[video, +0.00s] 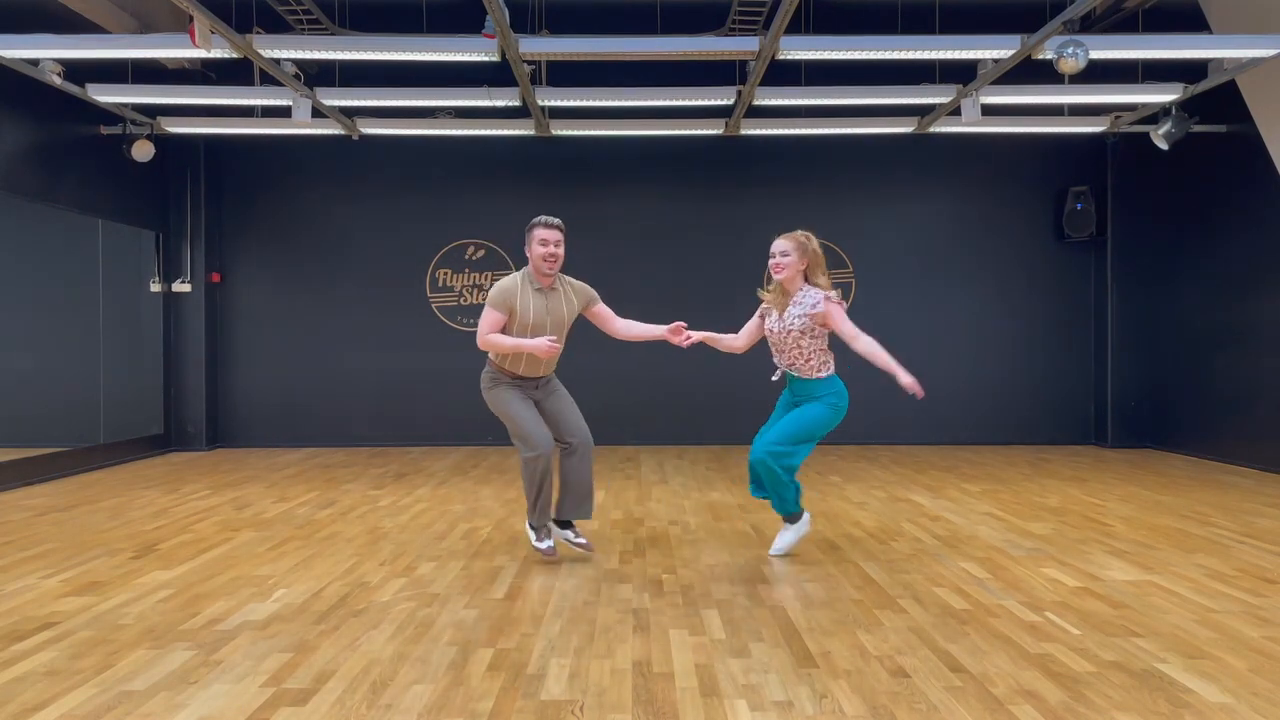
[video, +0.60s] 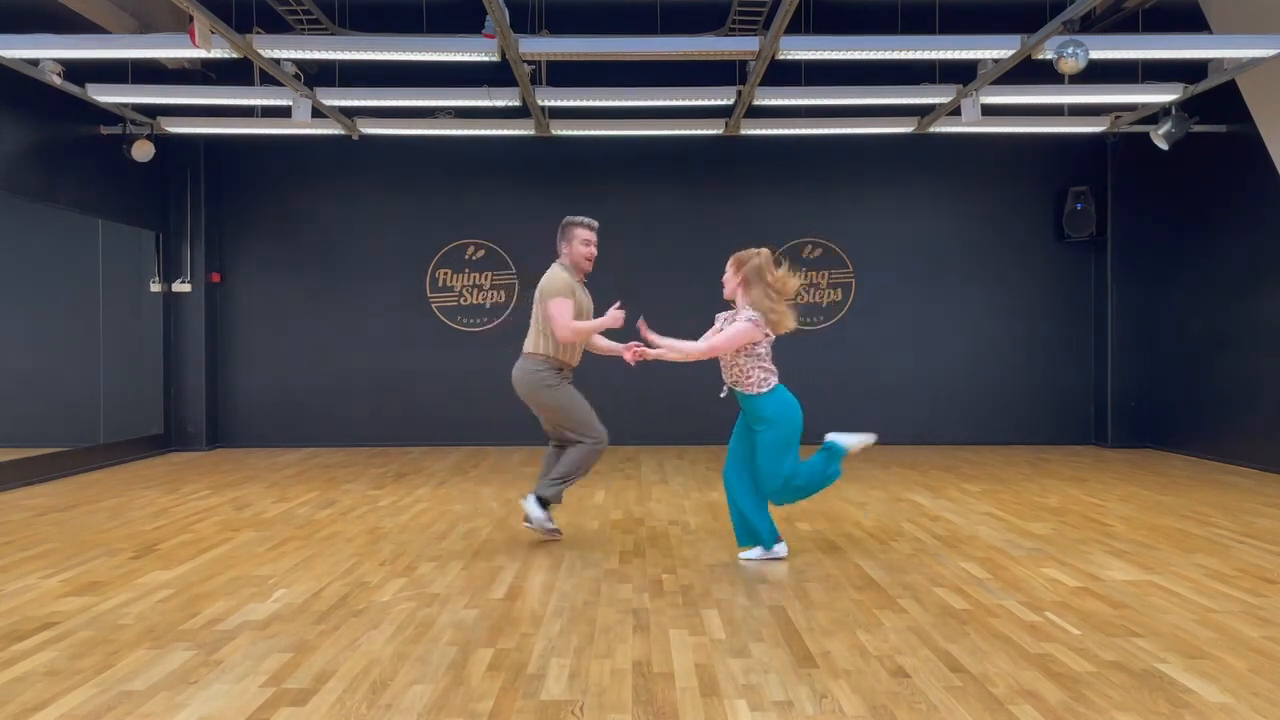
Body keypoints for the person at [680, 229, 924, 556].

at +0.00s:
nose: (775, 262)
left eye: (784, 255)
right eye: (772, 256)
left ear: (804, 261)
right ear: (770, 263)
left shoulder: (821, 303)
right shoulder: (772, 306)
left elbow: (858, 339)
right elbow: (739, 343)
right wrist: (702, 335)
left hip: (826, 395)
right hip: (793, 393)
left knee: (765, 451)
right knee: (760, 454)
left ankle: (795, 518)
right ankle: (792, 517)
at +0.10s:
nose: (778, 274)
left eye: (785, 268)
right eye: (776, 269)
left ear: (808, 272)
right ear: (776, 276)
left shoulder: (833, 309)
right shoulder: (777, 314)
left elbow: (883, 329)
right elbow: (739, 349)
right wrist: (696, 345)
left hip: (821, 407)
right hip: (788, 403)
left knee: (761, 458)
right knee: (791, 470)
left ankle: (791, 520)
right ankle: (799, 534)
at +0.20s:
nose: (771, 262)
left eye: (777, 256)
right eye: (771, 256)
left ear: (799, 262)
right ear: (785, 264)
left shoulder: (825, 293)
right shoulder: (775, 303)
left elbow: (880, 298)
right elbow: (734, 333)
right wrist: (688, 333)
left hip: (821, 391)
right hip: (790, 390)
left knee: (786, 460)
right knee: (784, 460)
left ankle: (795, 534)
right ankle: (794, 535)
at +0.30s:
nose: (761, 253)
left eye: (767, 248)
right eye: (763, 247)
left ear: (787, 254)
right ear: (782, 254)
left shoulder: (813, 285)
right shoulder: (767, 293)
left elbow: (839, 260)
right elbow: (725, 322)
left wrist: (834, 217)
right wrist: (678, 329)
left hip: (823, 384)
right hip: (792, 385)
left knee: (805, 458)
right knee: (771, 450)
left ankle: (845, 511)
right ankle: (783, 522)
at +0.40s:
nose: (753, 260)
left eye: (759, 255)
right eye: (755, 254)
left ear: (783, 265)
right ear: (767, 260)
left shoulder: (802, 297)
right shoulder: (754, 297)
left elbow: (774, 267)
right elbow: (715, 333)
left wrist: (759, 224)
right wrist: (671, 340)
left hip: (809, 392)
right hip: (783, 395)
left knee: (842, 467)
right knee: (760, 459)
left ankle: (907, 457)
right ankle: (770, 537)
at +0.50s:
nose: (738, 279)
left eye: (744, 272)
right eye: (741, 272)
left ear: (762, 280)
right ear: (760, 281)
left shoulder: (781, 318)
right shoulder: (740, 319)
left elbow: (727, 312)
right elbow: (700, 348)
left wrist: (695, 278)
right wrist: (654, 352)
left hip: (792, 407)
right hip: (767, 410)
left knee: (839, 467)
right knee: (745, 471)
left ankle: (901, 429)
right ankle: (770, 542)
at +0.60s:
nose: (722, 279)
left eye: (727, 274)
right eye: (725, 273)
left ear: (741, 280)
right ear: (740, 281)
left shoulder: (753, 323)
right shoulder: (727, 320)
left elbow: (701, 352)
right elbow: (695, 347)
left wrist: (654, 354)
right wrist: (654, 339)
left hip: (776, 414)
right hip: (751, 414)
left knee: (778, 489)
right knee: (737, 476)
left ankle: (835, 450)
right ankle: (768, 543)